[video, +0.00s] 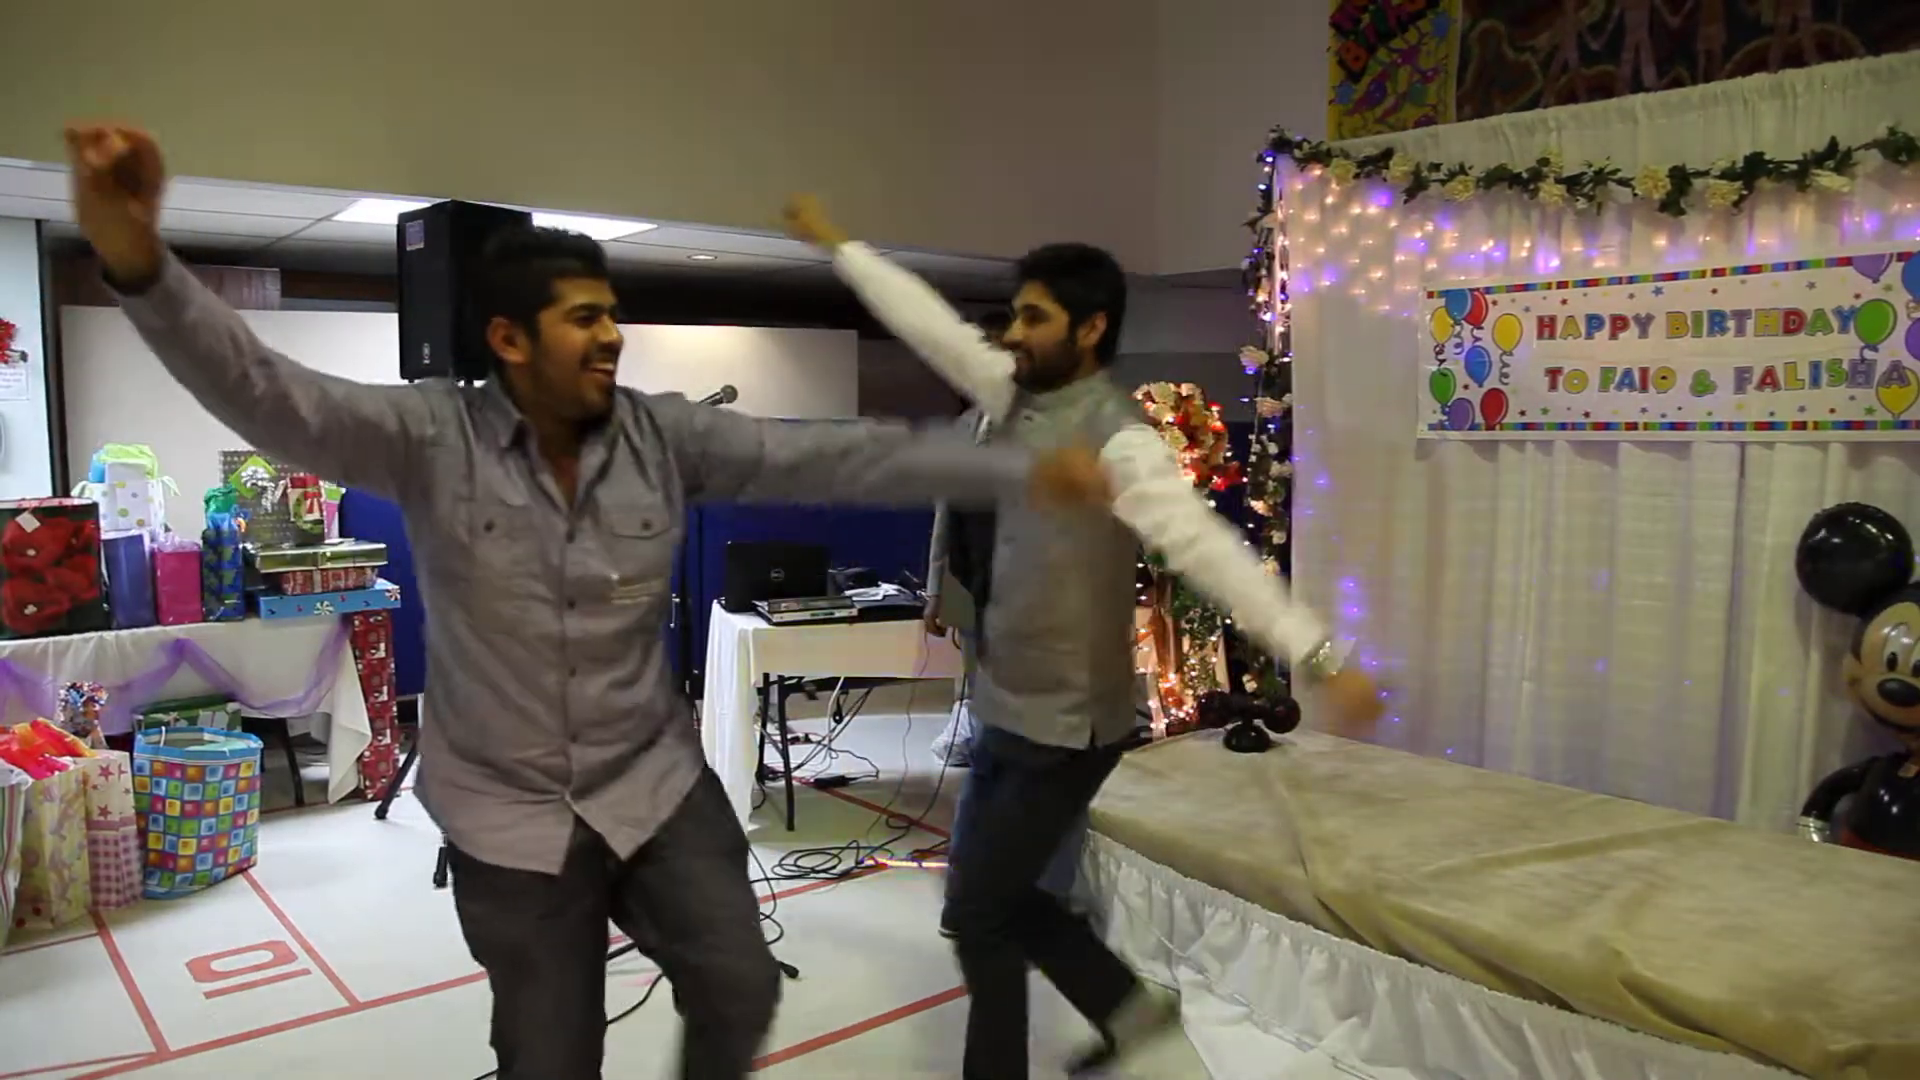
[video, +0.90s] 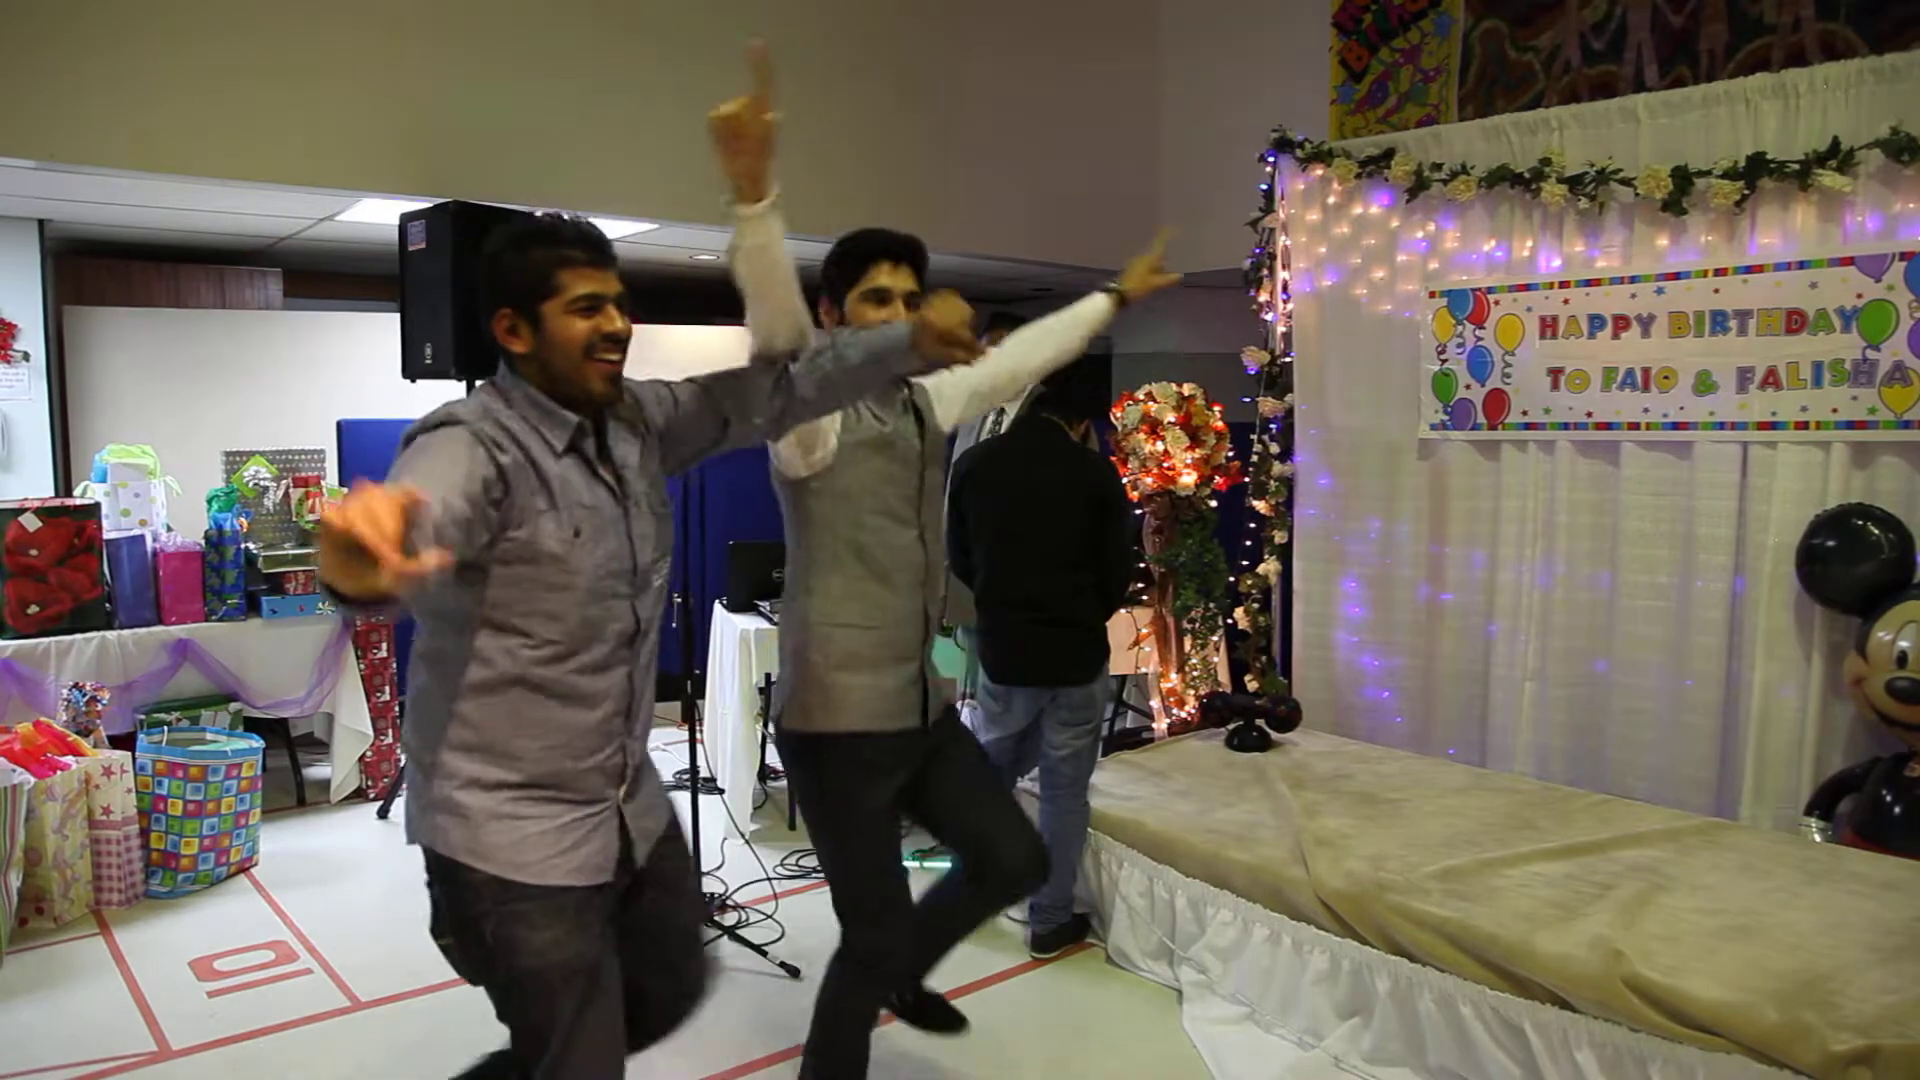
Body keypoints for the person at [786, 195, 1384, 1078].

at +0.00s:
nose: (1012, 333)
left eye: (1033, 318)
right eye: (1014, 316)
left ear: (1091, 329)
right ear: (1024, 326)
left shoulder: (1118, 440)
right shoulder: (1014, 400)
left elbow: (1200, 546)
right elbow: (929, 326)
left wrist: (1316, 655)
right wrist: (838, 243)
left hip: (1071, 721)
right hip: (1006, 704)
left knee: (980, 915)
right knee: (990, 892)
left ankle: (993, 1070)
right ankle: (1131, 1010)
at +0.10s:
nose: (990, 342)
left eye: (1014, 330)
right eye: (991, 327)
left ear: (1071, 349)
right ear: (992, 335)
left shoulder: (1116, 457)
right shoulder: (984, 427)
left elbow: (1224, 505)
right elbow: (889, 357)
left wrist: (1364, 556)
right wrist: (788, 265)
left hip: (1053, 744)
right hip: (975, 724)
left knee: (961, 926)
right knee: (898, 886)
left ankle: (995, 1074)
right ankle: (1045, 922)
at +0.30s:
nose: (963, 329)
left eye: (984, 313)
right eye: (958, 313)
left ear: (1039, 325)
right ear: (957, 325)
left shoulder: (1087, 431)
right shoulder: (927, 414)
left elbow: (1220, 419)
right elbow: (811, 344)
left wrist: (1375, 402)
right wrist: (694, 250)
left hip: (1026, 731)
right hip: (923, 709)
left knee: (966, 929)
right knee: (867, 886)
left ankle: (981, 1071)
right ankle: (914, 960)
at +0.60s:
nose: (908, 328)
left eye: (928, 312)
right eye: (895, 313)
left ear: (968, 326)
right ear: (878, 328)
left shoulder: (1016, 422)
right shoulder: (852, 417)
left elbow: (1134, 382)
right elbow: (748, 335)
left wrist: (1269, 310)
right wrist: (648, 221)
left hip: (982, 727)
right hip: (873, 729)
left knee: (973, 948)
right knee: (897, 946)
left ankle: (953, 1079)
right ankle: (841, 1063)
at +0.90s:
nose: (896, 313)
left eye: (908, 300)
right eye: (876, 298)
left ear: (923, 312)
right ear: (836, 312)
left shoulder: (930, 405)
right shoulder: (811, 415)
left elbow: (1011, 362)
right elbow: (784, 338)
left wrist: (1113, 297)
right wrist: (752, 200)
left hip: (917, 709)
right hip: (831, 724)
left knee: (1011, 861)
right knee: (876, 940)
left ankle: (899, 967)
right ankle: (828, 1070)